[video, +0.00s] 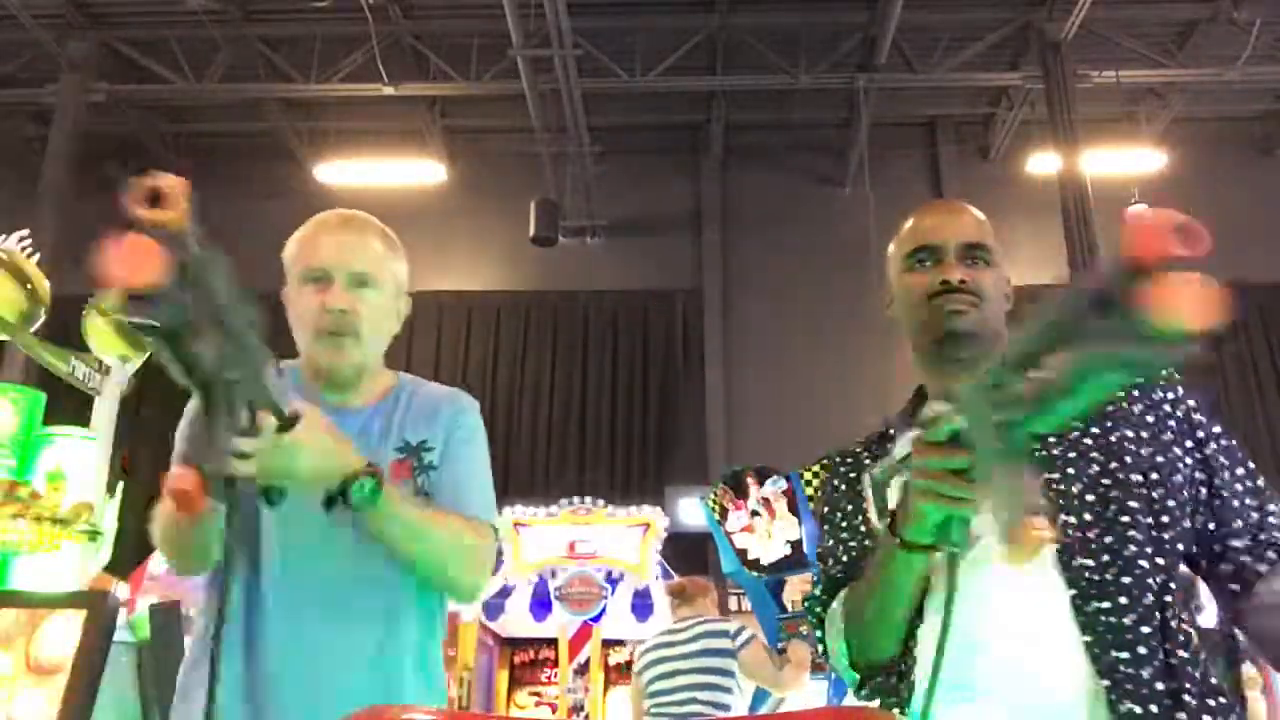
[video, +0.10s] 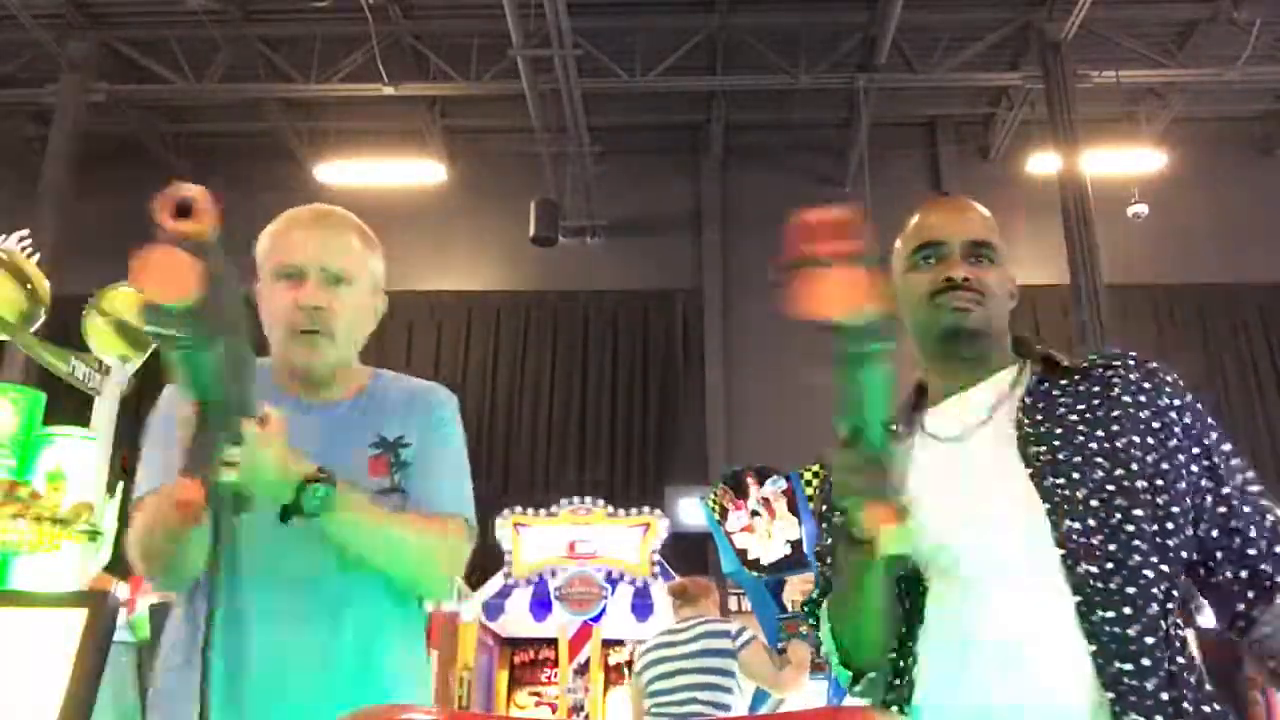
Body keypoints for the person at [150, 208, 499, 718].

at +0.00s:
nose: (337, 303)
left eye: (361, 285)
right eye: (316, 281)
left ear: (400, 310)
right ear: (286, 300)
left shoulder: (446, 417)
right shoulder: (230, 399)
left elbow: (470, 572)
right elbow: (187, 558)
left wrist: (351, 479)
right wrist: (187, 509)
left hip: (389, 704)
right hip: (241, 702)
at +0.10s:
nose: (311, 299)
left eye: (336, 281)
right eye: (289, 277)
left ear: (377, 305)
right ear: (258, 296)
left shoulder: (424, 410)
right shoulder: (198, 399)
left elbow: (441, 567)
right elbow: (161, 570)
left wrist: (300, 483)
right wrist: (182, 503)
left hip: (370, 705)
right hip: (213, 703)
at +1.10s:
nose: (333, 342)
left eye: (355, 326)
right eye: (317, 321)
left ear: (388, 338)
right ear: (275, 322)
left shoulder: (417, 437)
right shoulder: (208, 420)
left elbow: (448, 581)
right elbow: (199, 577)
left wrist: (343, 521)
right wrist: (258, 504)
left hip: (359, 710)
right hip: (210, 709)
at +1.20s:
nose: (336, 330)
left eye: (362, 315)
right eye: (317, 308)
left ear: (391, 338)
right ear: (278, 323)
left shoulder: (418, 439)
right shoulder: (215, 420)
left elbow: (452, 585)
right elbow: (212, 578)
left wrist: (372, 531)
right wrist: (289, 526)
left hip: (365, 710)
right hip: (219, 709)